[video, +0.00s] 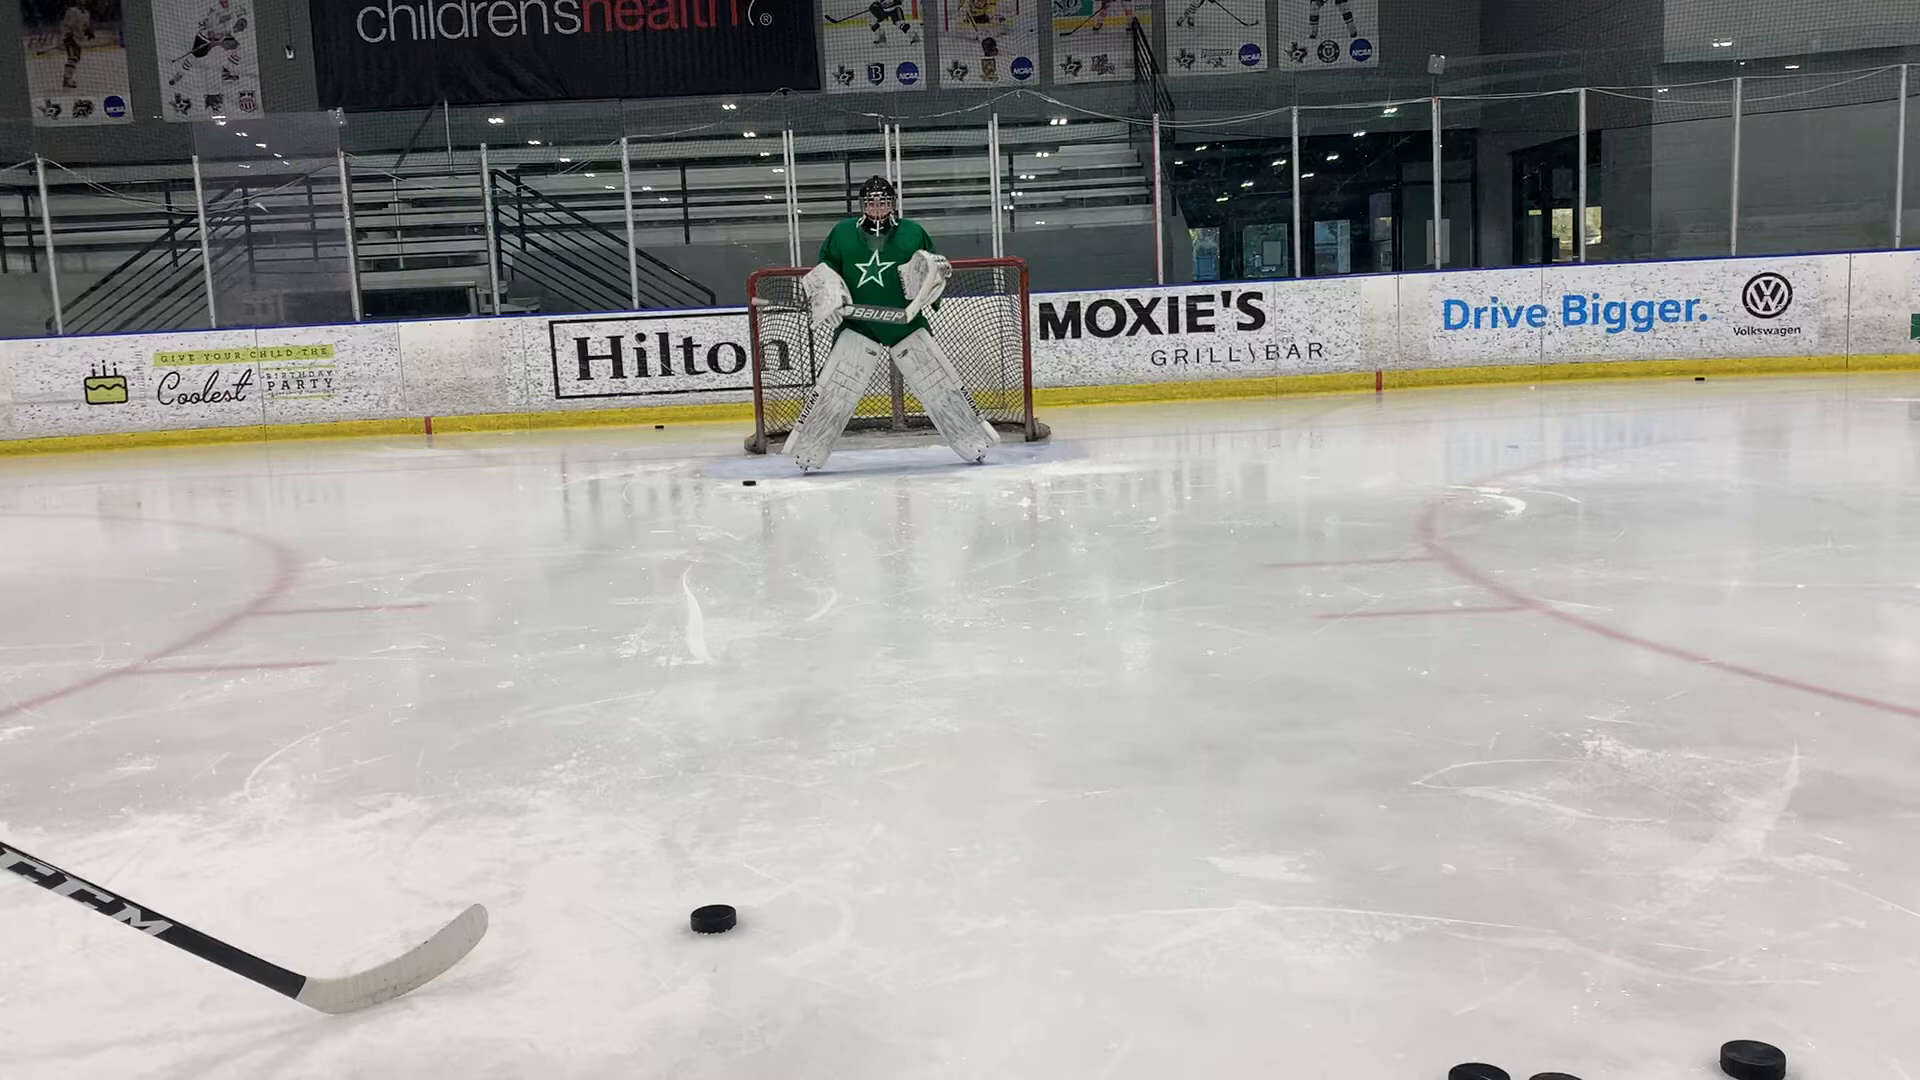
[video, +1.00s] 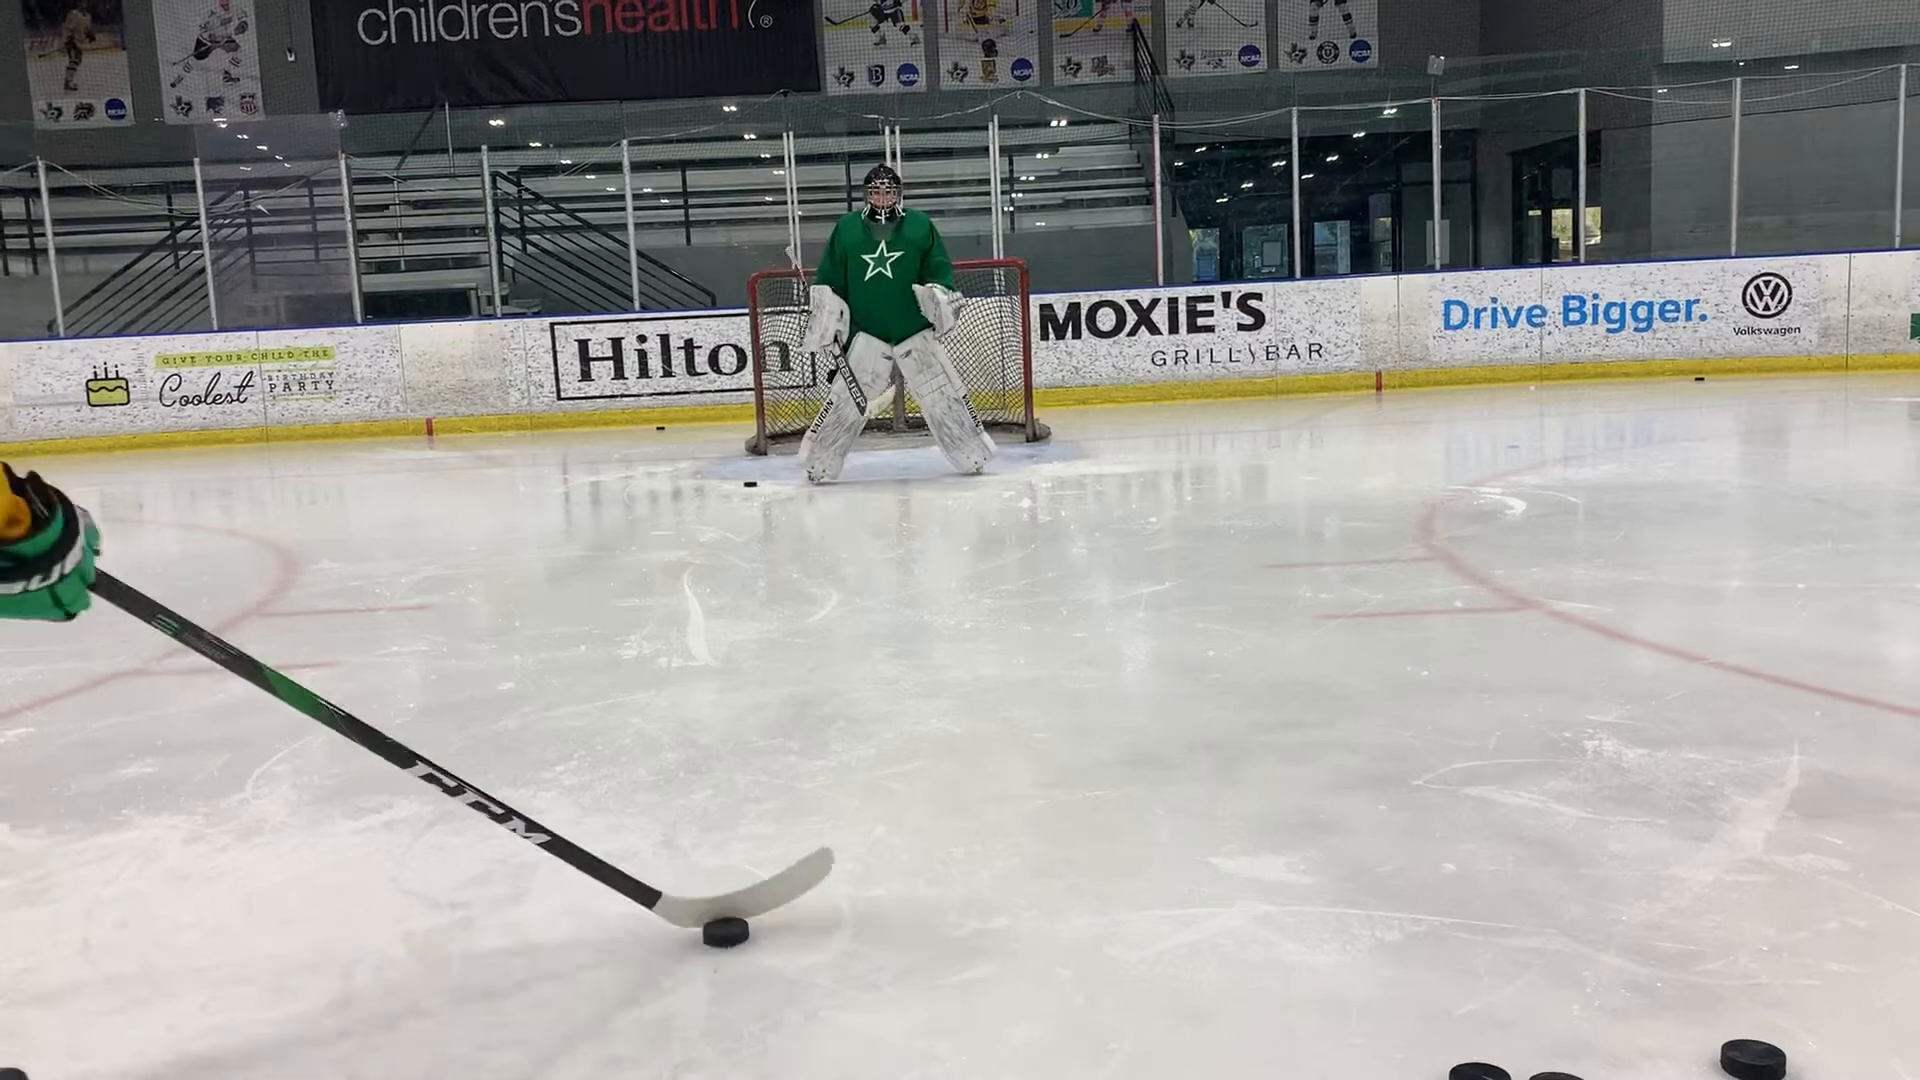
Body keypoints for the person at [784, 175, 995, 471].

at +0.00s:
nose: (877, 207)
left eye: (882, 201)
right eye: (872, 201)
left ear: (893, 204)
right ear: (862, 204)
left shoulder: (912, 233)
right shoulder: (843, 234)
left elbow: (935, 279)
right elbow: (823, 273)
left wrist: (930, 272)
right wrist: (829, 294)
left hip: (907, 326)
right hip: (859, 327)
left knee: (941, 386)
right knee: (834, 391)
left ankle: (973, 445)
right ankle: (810, 454)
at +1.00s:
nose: (882, 196)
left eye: (888, 190)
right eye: (877, 190)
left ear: (898, 193)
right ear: (867, 194)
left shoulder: (919, 225)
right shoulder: (848, 228)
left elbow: (940, 271)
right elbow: (829, 279)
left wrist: (937, 302)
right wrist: (827, 323)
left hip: (915, 329)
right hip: (867, 332)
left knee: (942, 396)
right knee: (846, 402)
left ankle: (971, 459)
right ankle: (821, 469)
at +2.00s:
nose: (892, 246)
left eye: (898, 239)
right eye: (887, 240)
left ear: (908, 240)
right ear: (875, 241)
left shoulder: (924, 265)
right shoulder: (855, 269)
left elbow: (948, 309)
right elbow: (832, 314)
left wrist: (950, 286)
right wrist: (823, 360)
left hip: (924, 346)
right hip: (874, 350)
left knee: (960, 399)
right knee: (850, 407)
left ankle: (996, 459)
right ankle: (815, 468)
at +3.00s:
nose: (900, 302)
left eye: (906, 296)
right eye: (894, 296)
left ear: (916, 296)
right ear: (883, 296)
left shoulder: (934, 315)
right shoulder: (863, 318)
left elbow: (962, 371)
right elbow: (835, 352)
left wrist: (952, 346)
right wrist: (833, 388)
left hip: (930, 388)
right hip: (882, 391)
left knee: (964, 418)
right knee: (855, 430)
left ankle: (1009, 454)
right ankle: (814, 467)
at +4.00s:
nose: (923, 310)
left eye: (927, 303)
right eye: (916, 304)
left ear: (933, 303)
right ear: (901, 303)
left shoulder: (949, 329)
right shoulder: (876, 328)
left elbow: (968, 377)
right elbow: (846, 365)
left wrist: (986, 410)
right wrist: (858, 401)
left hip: (947, 433)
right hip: (894, 433)